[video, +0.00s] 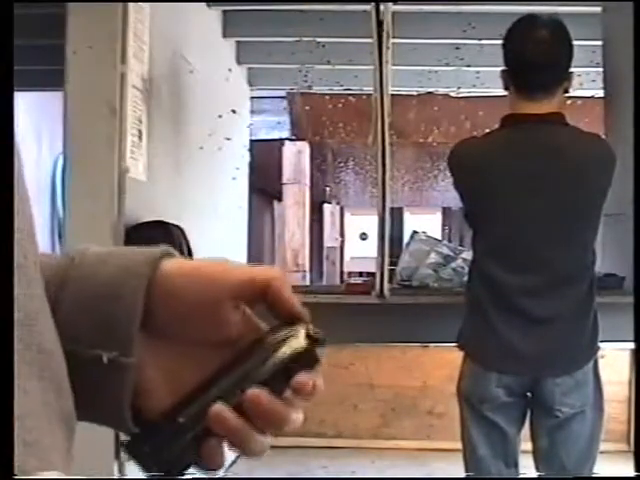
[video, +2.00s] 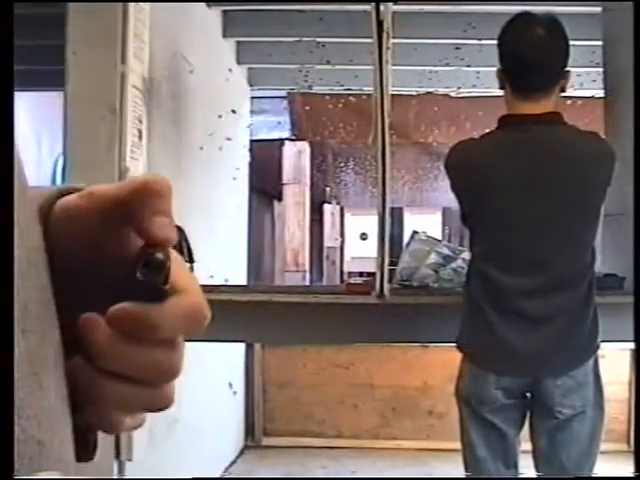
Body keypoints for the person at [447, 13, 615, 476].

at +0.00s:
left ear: (505, 79)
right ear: (568, 81)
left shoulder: (468, 158)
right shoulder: (598, 156)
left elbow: (485, 219)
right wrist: (550, 120)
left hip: (491, 357)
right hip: (568, 359)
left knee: (489, 472)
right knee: (568, 472)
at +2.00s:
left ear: (500, 79)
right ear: (565, 80)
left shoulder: (465, 160)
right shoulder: (596, 155)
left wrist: (532, 121)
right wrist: (552, 116)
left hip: (490, 357)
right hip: (568, 359)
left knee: (489, 472)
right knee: (568, 472)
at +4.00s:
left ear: (496, 79)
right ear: (562, 80)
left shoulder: (461, 161)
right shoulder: (594, 155)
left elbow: (476, 222)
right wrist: (543, 117)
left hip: (488, 361)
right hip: (567, 361)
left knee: (488, 472)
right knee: (567, 472)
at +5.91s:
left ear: (497, 80)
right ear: (563, 81)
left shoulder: (460, 161)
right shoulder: (593, 156)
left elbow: (472, 222)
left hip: (484, 362)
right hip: (565, 363)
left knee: (486, 472)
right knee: (565, 472)